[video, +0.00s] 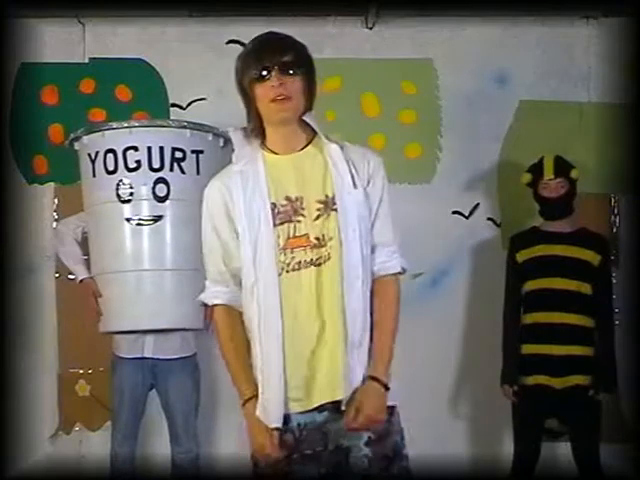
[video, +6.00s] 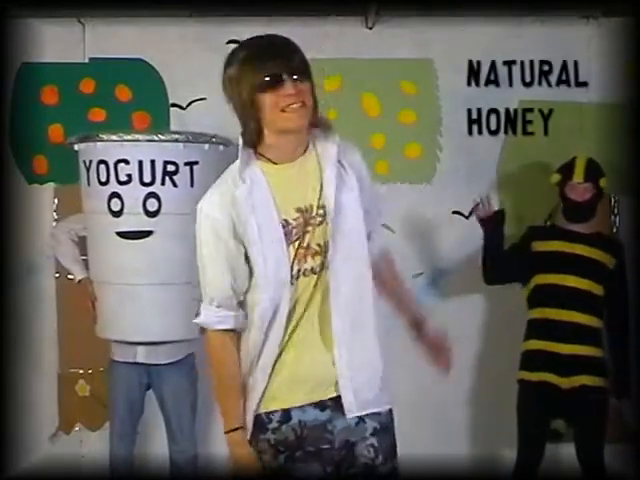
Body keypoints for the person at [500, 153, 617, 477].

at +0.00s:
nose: (552, 192)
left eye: (559, 184)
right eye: (544, 185)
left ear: (572, 187)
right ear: (535, 193)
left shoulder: (596, 245)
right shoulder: (520, 244)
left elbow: (604, 314)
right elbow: (511, 312)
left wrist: (606, 373)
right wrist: (509, 369)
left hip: (581, 373)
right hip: (531, 374)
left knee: (588, 461)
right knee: (524, 460)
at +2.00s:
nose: (552, 193)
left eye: (559, 185)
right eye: (544, 187)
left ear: (572, 188)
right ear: (535, 193)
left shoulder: (596, 246)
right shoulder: (521, 245)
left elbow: (604, 315)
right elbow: (512, 312)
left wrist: (605, 373)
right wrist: (509, 369)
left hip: (580, 376)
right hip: (531, 376)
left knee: (588, 462)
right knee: (524, 461)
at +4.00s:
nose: (537, 195)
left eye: (544, 185)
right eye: (534, 187)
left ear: (565, 189)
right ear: (532, 191)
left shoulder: (598, 247)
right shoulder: (525, 244)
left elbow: (604, 318)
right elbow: (515, 311)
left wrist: (602, 377)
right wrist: (509, 367)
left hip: (580, 380)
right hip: (530, 379)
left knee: (588, 463)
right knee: (524, 462)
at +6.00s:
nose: (579, 192)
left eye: (587, 185)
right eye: (572, 185)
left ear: (599, 192)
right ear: (561, 189)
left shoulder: (611, 251)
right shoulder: (537, 238)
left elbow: (618, 320)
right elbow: (494, 274)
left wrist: (622, 379)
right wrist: (492, 230)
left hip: (587, 367)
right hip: (538, 364)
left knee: (591, 459)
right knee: (528, 458)